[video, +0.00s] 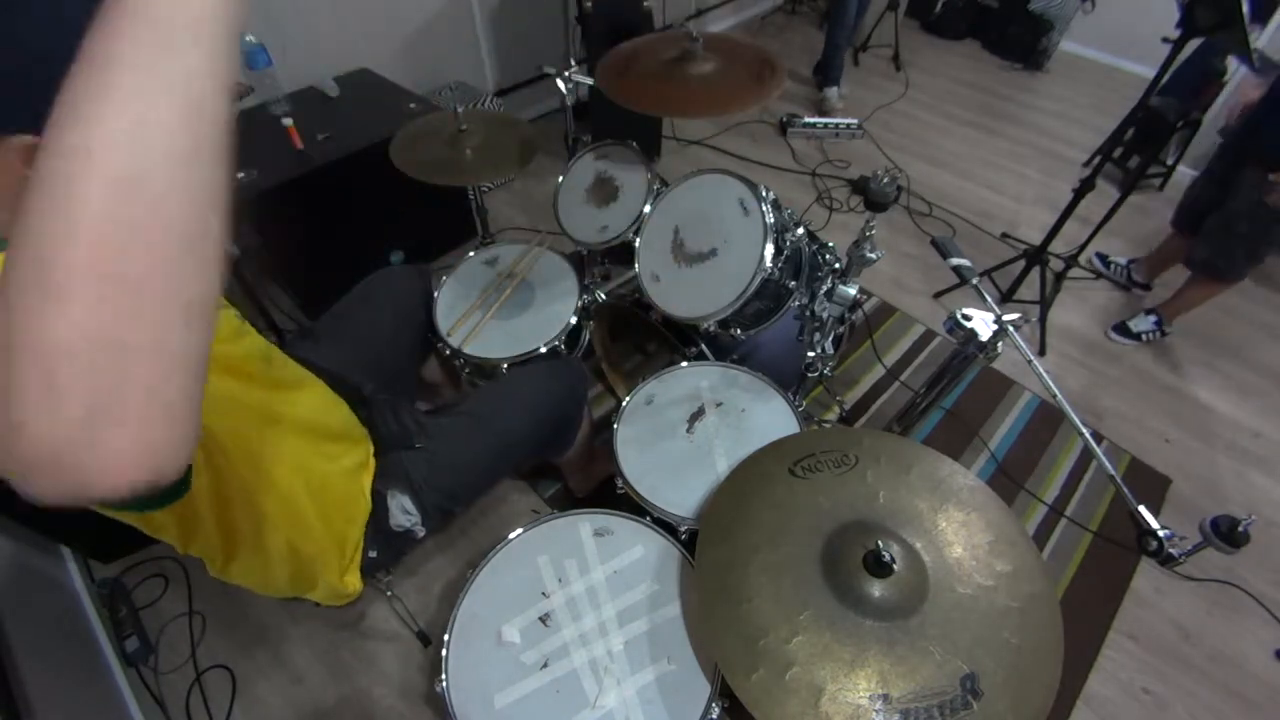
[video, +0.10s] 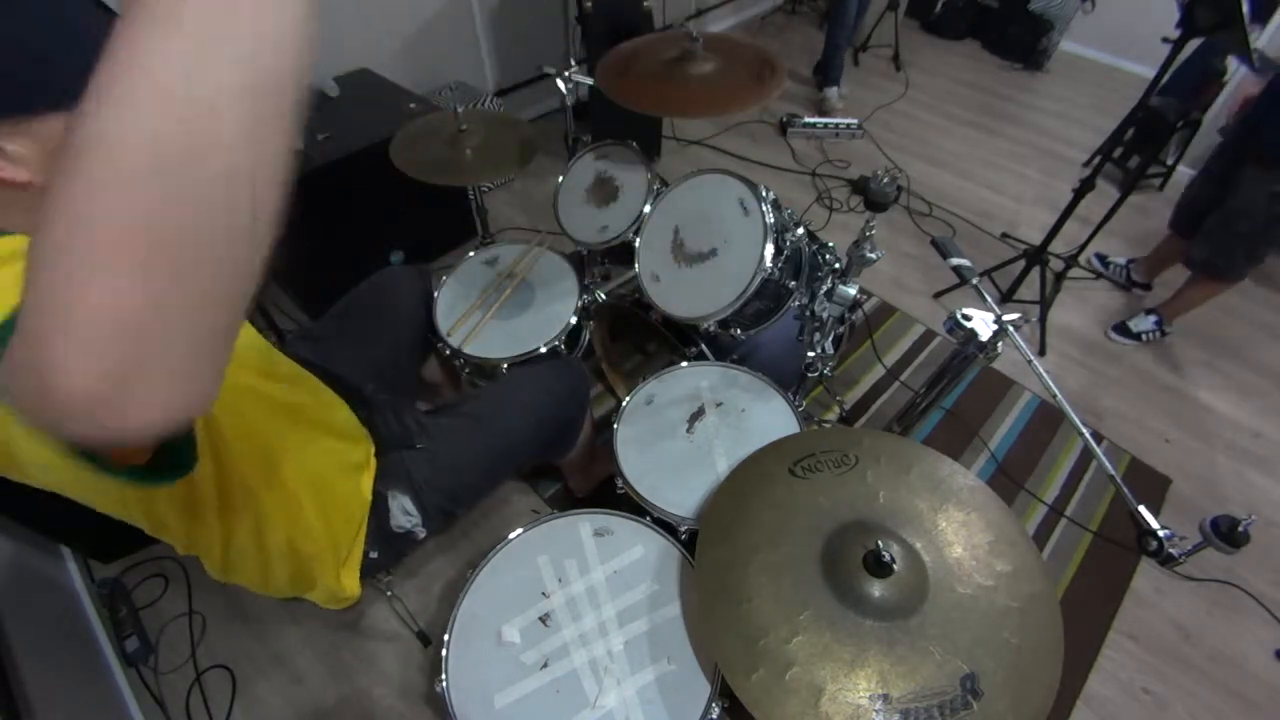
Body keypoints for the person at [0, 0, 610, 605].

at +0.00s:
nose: (36, 169)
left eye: (32, 162)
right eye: (29, 169)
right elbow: (105, 450)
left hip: (293, 395)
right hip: (355, 510)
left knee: (406, 280)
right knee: (561, 371)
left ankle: (423, 403)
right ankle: (567, 473)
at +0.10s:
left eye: (80, 124)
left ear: (23, 161)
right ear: (24, 163)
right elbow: (124, 393)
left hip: (284, 387)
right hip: (346, 507)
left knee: (406, 282)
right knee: (560, 375)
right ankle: (566, 472)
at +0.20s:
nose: (111, 114)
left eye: (103, 99)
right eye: (89, 103)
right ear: (9, 133)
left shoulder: (40, 242)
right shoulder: (27, 303)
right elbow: (135, 311)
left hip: (289, 395)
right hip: (346, 506)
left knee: (410, 284)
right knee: (563, 378)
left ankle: (419, 402)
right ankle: (568, 472)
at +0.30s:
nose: (116, 104)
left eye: (105, 82)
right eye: (78, 92)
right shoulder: (35, 279)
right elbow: (155, 246)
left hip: (282, 397)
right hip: (344, 509)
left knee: (410, 284)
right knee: (565, 376)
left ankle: (434, 400)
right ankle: (575, 472)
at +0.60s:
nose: (100, 105)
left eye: (89, 77)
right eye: (67, 89)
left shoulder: (40, 242)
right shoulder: (31, 299)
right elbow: (133, 321)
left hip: (287, 400)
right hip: (343, 509)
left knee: (404, 287)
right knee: (560, 369)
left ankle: (426, 396)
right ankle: (568, 474)